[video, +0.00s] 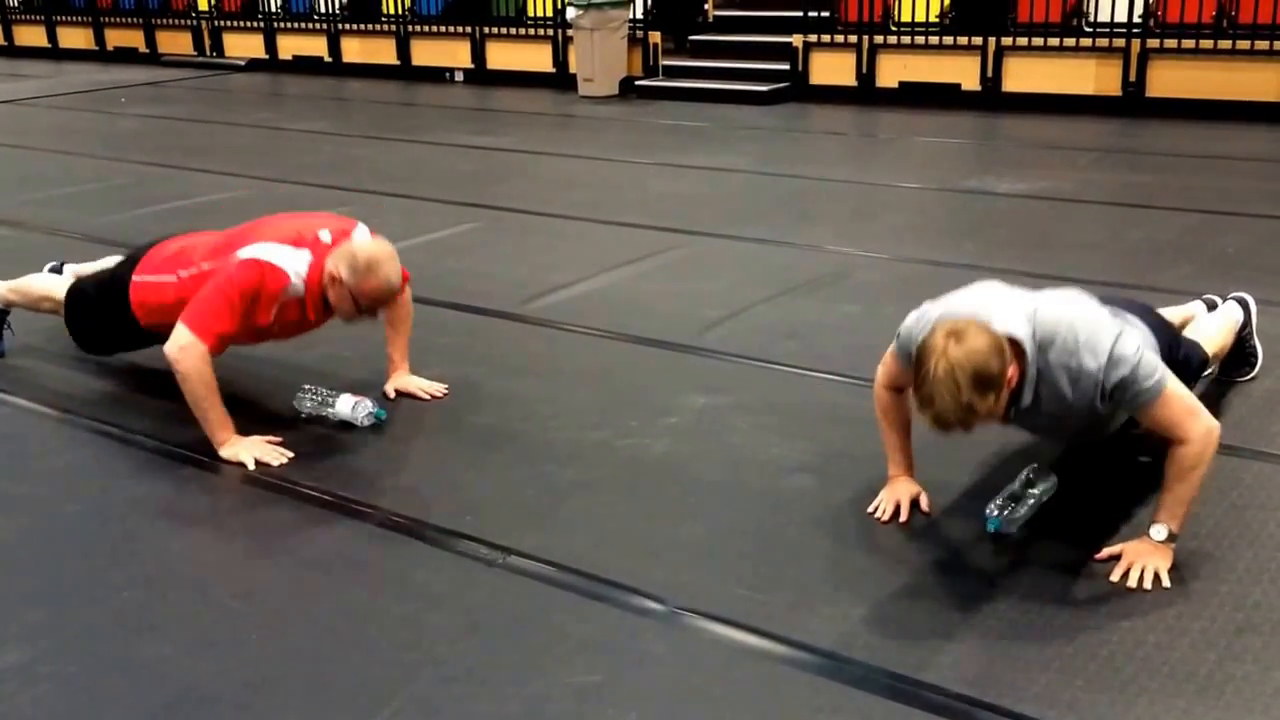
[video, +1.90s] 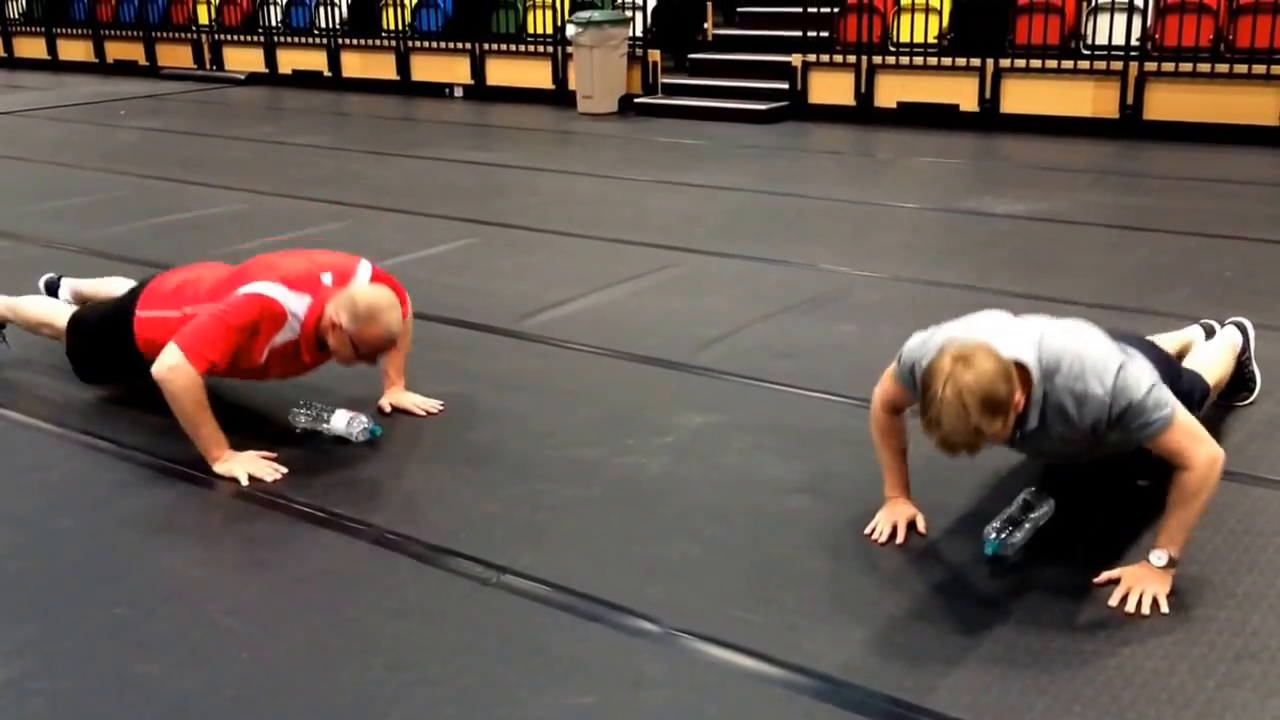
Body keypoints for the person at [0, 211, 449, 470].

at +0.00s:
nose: (363, 315)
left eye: (375, 306)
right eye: (358, 305)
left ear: (390, 282)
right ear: (333, 279)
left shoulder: (368, 250)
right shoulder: (258, 274)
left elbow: (400, 294)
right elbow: (185, 352)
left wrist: (401, 369)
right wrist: (228, 440)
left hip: (193, 259)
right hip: (142, 290)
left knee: (121, 272)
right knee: (69, 298)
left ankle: (73, 272)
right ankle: (5, 292)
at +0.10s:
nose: (363, 362)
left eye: (374, 357)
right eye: (360, 352)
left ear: (401, 315)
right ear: (342, 321)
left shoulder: (384, 284)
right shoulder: (269, 310)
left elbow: (407, 289)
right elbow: (176, 357)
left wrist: (400, 366)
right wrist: (227, 441)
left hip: (209, 280)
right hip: (152, 314)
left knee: (141, 283)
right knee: (75, 313)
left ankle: (69, 274)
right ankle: (7, 293)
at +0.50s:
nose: (364, 319)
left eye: (374, 310)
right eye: (359, 308)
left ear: (390, 286)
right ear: (332, 283)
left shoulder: (377, 265)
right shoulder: (256, 285)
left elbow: (406, 302)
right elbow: (180, 357)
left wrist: (399, 373)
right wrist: (227, 443)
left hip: (203, 262)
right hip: (149, 291)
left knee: (123, 275)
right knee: (70, 300)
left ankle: (71, 274)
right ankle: (3, 295)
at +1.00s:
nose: (361, 369)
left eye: (371, 364)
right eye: (357, 362)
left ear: (395, 321)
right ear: (336, 331)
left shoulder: (380, 290)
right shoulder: (265, 317)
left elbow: (407, 297)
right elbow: (171, 365)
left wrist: (397, 373)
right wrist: (224, 448)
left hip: (204, 285)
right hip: (148, 320)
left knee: (139, 290)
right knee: (71, 319)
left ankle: (69, 279)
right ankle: (7, 299)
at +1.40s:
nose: (363, 334)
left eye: (373, 326)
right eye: (356, 325)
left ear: (388, 302)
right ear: (328, 297)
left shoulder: (376, 278)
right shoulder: (255, 296)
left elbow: (405, 309)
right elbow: (176, 366)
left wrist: (397, 380)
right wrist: (222, 451)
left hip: (200, 270)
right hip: (144, 303)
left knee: (125, 282)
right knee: (66, 311)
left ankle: (67, 280)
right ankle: (5, 303)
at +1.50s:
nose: (352, 298)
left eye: (363, 289)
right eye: (346, 286)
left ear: (379, 256)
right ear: (321, 258)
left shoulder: (360, 246)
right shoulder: (249, 260)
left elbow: (391, 306)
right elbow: (194, 354)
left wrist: (396, 381)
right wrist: (224, 452)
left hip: (205, 269)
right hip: (146, 280)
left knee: (113, 304)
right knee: (68, 305)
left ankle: (69, 293)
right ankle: (13, 298)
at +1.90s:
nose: (349, 358)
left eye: (365, 356)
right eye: (346, 348)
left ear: (390, 327)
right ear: (331, 317)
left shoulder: (374, 291)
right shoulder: (261, 308)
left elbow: (399, 313)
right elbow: (172, 370)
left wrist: (395, 385)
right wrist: (222, 455)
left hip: (200, 286)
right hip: (147, 318)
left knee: (134, 292)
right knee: (73, 327)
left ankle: (64, 285)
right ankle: (5, 307)